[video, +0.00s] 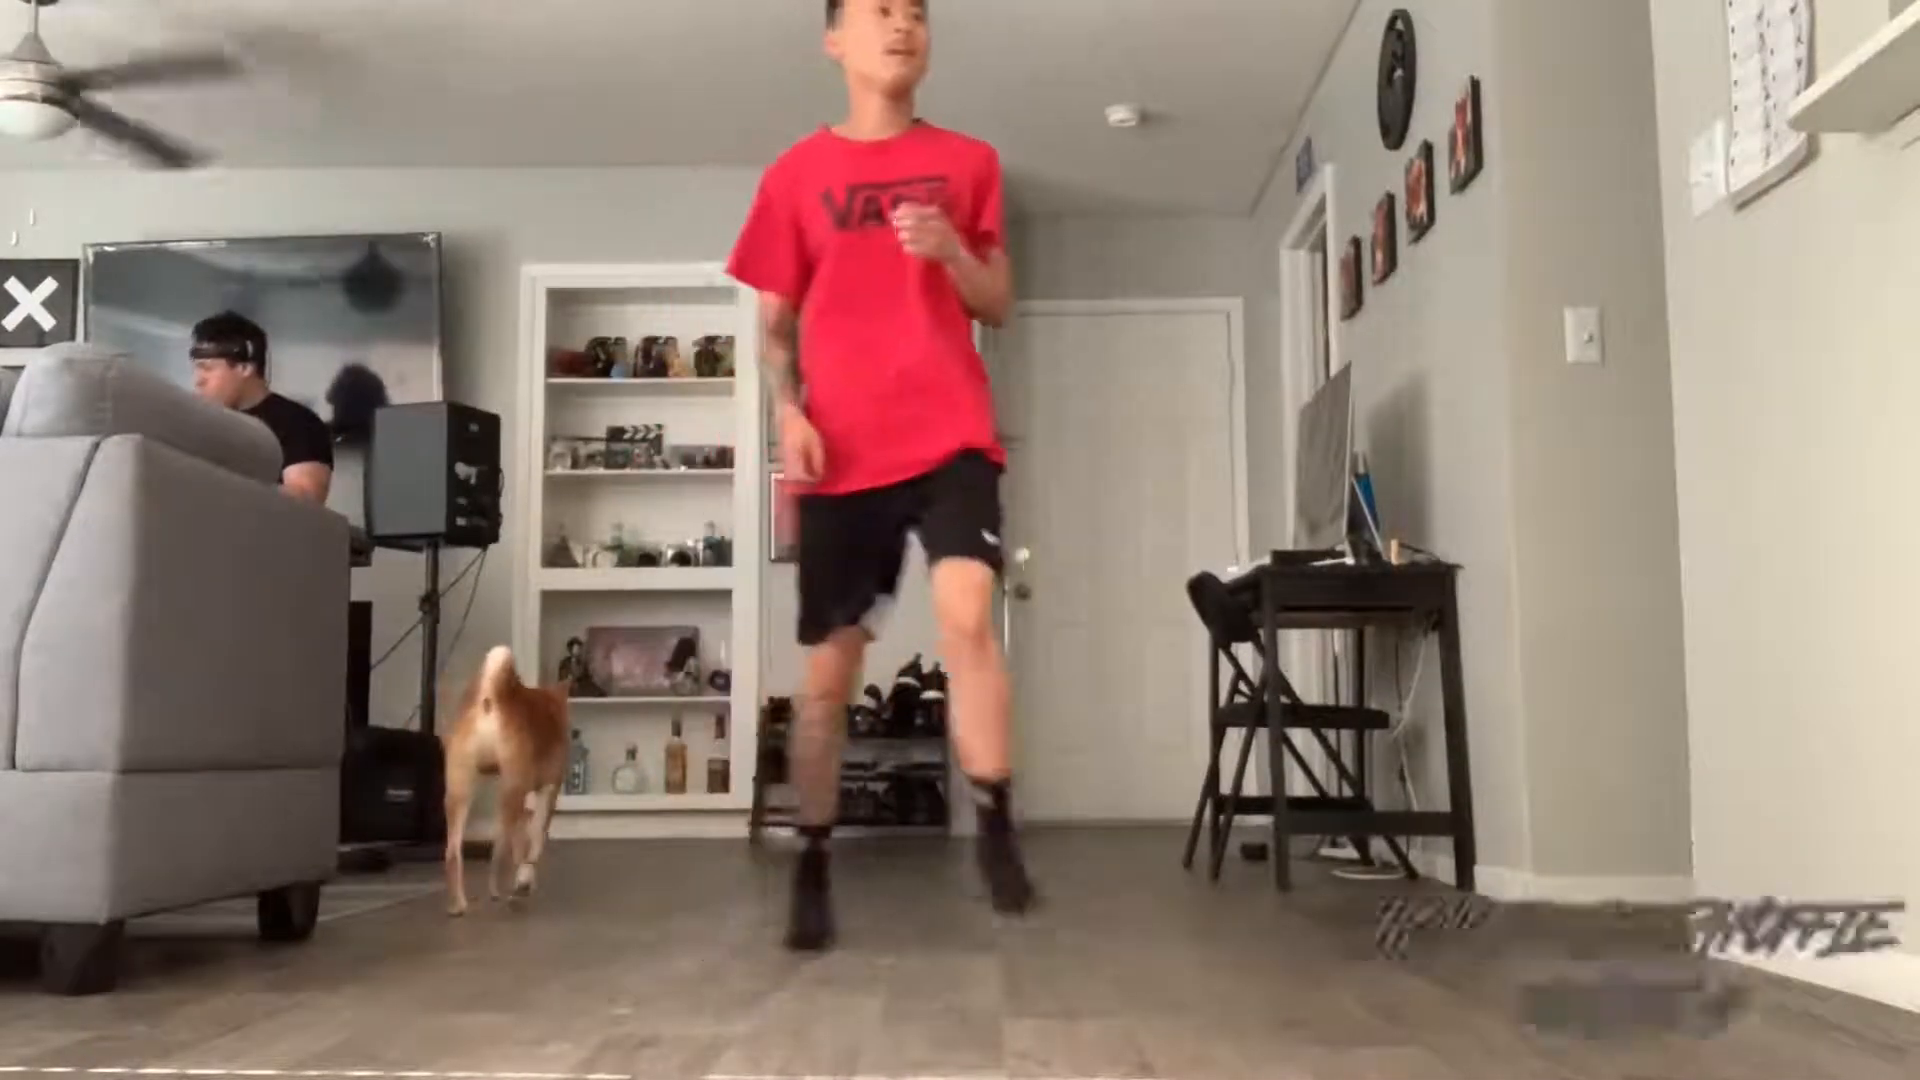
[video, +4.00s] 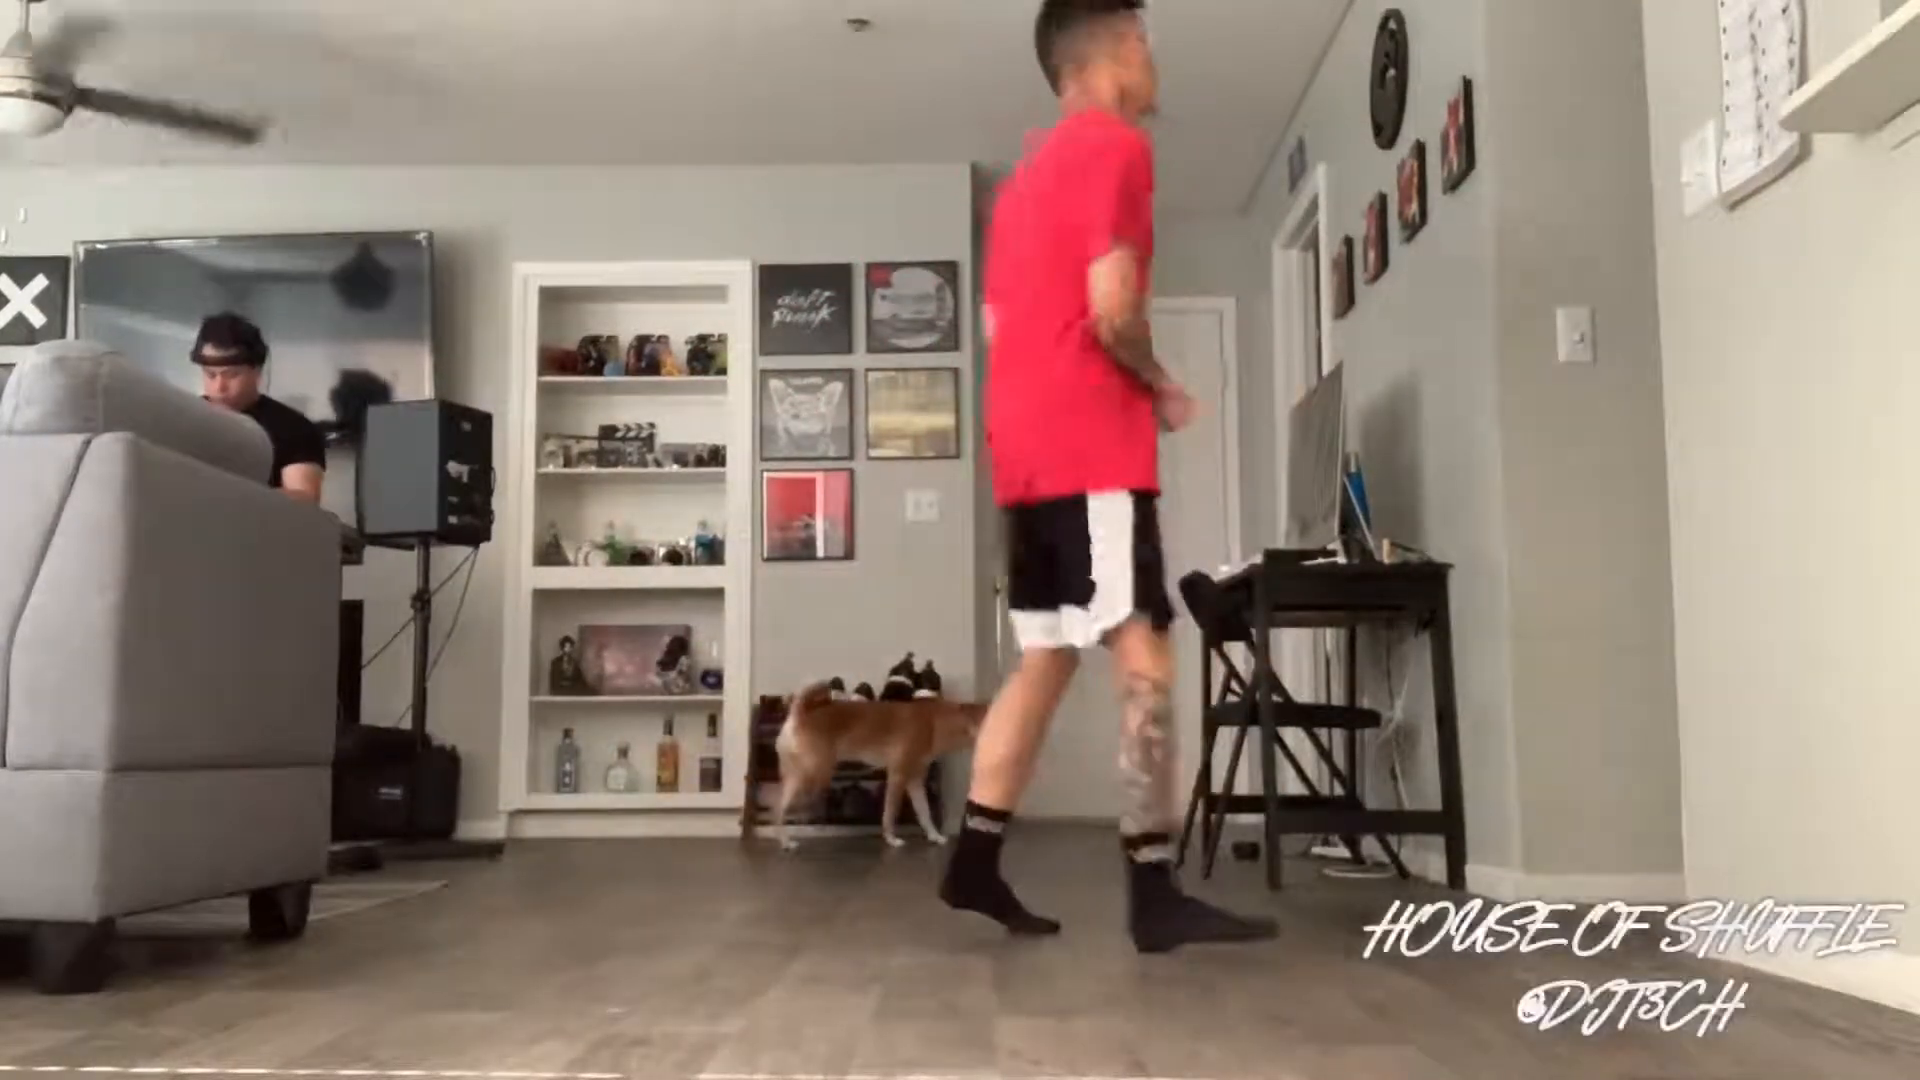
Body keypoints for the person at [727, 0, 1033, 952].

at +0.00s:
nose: (903, 29)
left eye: (914, 16)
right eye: (879, 15)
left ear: (930, 42)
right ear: (833, 43)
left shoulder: (968, 163)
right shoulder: (798, 172)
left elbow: (997, 299)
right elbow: (773, 324)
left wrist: (952, 250)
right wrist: (786, 409)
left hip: (951, 434)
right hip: (842, 448)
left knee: (969, 617)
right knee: (830, 666)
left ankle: (995, 833)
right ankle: (812, 867)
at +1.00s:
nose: (1143, 66)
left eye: (1150, 53)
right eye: (1122, 50)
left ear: (1153, 82)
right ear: (1067, 71)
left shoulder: (1126, 198)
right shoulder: (1042, 162)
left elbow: (1105, 317)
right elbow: (987, 287)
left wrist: (1169, 362)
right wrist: (1111, 323)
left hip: (1159, 465)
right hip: (1078, 466)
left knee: (1224, 657)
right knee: (1077, 685)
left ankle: (1185, 893)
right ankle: (1005, 866)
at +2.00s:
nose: (769, 90)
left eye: (781, 68)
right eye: (772, 72)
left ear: (836, 74)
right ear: (826, 78)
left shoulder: (905, 201)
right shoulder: (773, 214)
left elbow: (952, 343)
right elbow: (741, 334)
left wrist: (846, 347)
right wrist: (731, 351)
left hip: (826, 486)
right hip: (755, 484)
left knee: (728, 671)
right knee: (814, 691)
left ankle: (682, 901)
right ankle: (882, 885)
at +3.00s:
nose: (1023, 54)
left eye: (1036, 38)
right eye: (1000, 38)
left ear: (1053, 61)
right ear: (959, 63)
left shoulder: (1088, 187)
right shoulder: (924, 181)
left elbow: (1120, 326)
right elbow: (869, 286)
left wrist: (1154, 445)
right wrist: (887, 266)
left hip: (1070, 458)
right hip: (968, 461)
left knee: (1051, 661)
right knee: (951, 683)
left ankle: (1060, 898)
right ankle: (919, 863)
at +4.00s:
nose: (1152, 66)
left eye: (1144, 47)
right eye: (1139, 46)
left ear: (1071, 71)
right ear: (1103, 60)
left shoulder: (1032, 165)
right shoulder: (1114, 146)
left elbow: (1013, 321)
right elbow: (1114, 306)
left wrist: (1132, 387)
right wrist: (1157, 378)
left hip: (1031, 448)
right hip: (1094, 446)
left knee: (1046, 655)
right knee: (1145, 657)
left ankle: (973, 861)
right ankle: (1157, 891)